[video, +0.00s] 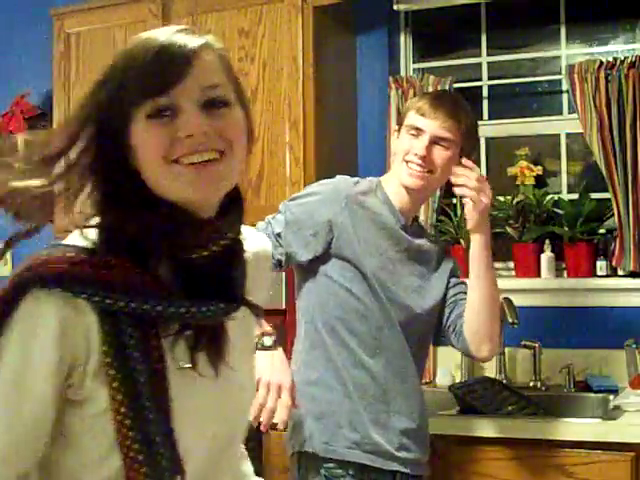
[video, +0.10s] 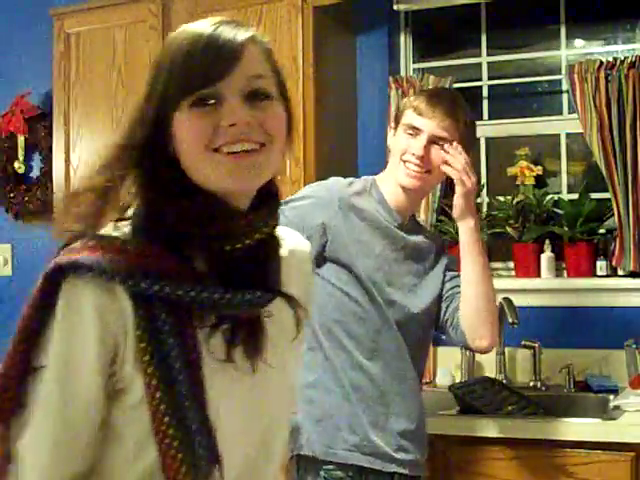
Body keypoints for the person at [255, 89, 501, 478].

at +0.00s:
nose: (422, 151)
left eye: (441, 143)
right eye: (413, 133)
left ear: (459, 161)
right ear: (395, 138)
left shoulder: (437, 263)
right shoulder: (339, 200)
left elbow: (483, 345)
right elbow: (245, 256)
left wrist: (480, 231)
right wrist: (265, 344)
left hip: (405, 458)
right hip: (332, 450)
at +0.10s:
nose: (420, 152)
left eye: (440, 143)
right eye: (412, 133)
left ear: (457, 160)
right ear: (392, 134)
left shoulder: (435, 259)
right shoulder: (329, 203)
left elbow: (482, 337)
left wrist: (467, 221)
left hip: (402, 462)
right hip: (323, 455)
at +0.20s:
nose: (419, 152)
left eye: (436, 144)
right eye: (410, 133)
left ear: (450, 160)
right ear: (386, 133)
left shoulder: (432, 255)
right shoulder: (320, 202)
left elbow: (480, 332)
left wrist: (459, 212)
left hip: (397, 459)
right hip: (318, 449)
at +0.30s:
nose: (420, 154)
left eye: (436, 143)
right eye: (408, 134)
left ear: (449, 158)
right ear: (378, 132)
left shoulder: (419, 246)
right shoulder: (317, 207)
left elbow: (470, 329)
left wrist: (448, 213)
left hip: (395, 449)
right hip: (317, 445)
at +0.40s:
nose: (419, 157)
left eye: (433, 145)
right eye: (408, 136)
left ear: (444, 157)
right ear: (371, 130)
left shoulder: (415, 233)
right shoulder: (315, 207)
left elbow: (464, 329)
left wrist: (434, 211)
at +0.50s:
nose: (414, 158)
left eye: (428, 145)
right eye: (403, 137)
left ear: (438, 154)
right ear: (362, 132)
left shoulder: (417, 233)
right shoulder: (316, 212)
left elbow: (444, 322)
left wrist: (427, 209)